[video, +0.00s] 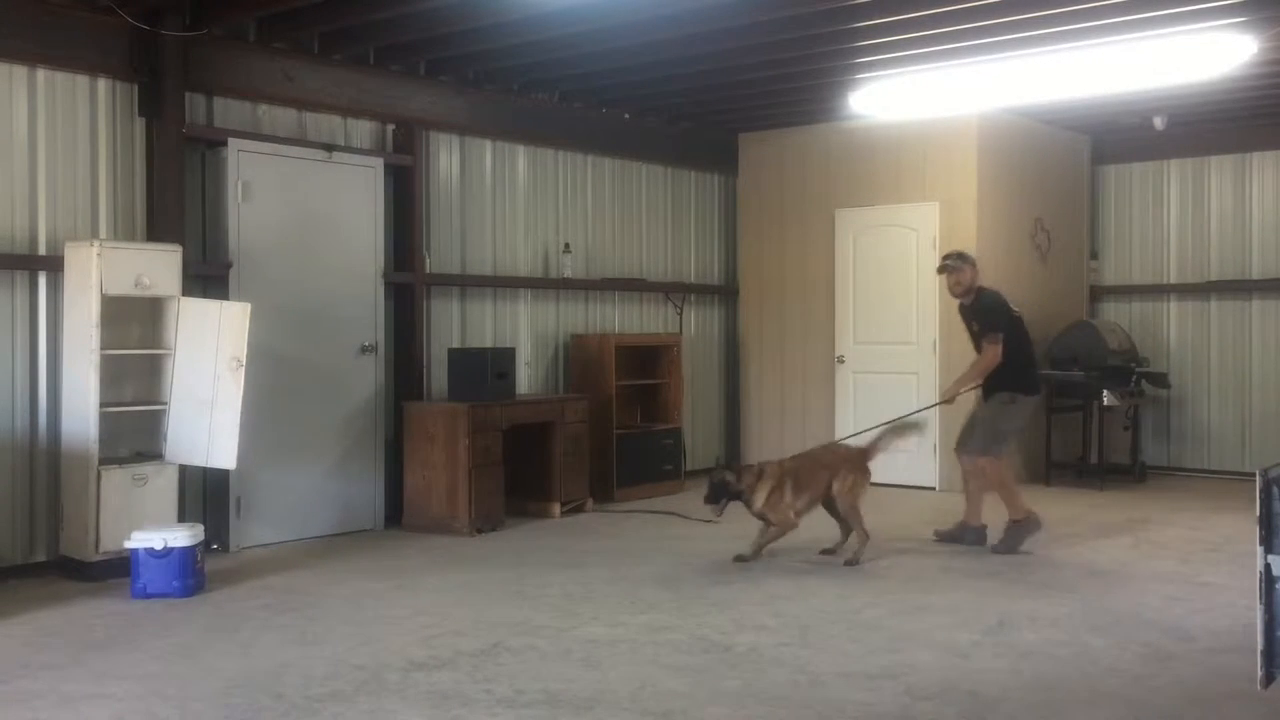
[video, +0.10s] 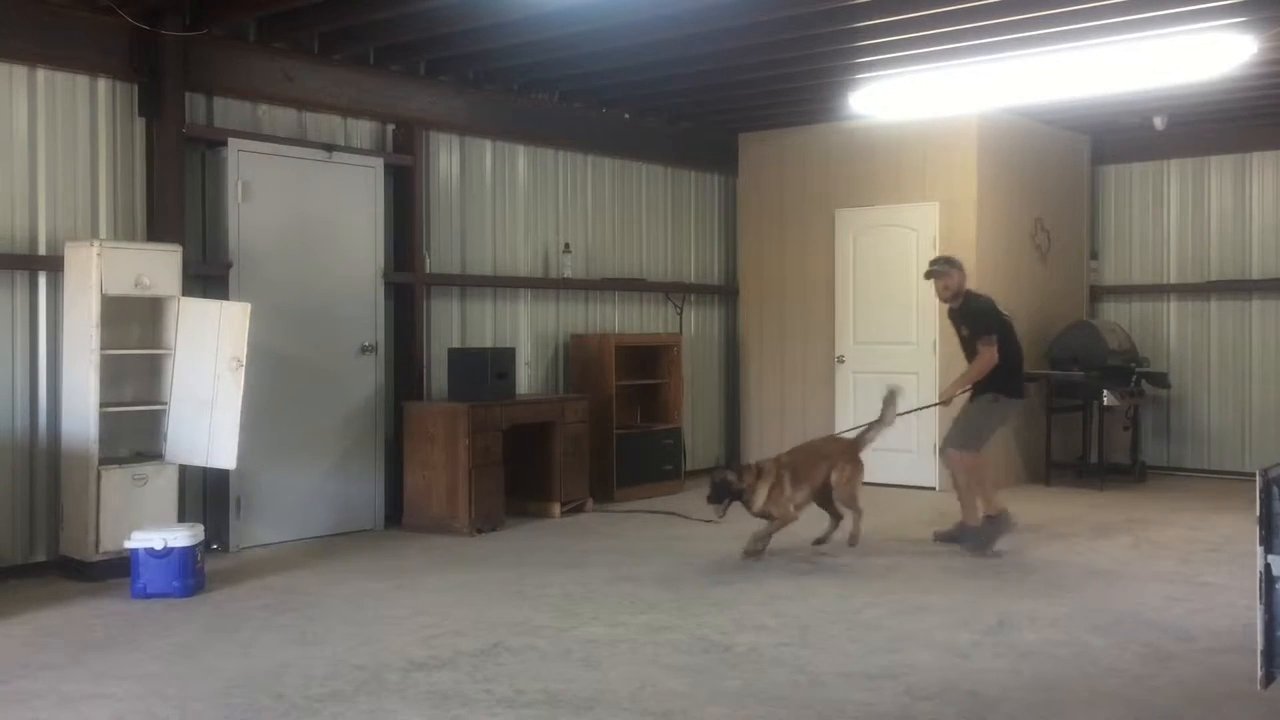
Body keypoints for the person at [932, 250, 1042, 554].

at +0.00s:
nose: (953, 278)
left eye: (959, 271)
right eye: (948, 273)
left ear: (974, 273)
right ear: (945, 279)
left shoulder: (988, 301)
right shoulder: (967, 307)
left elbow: (993, 355)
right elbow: (987, 352)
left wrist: (956, 387)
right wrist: (979, 379)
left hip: (1018, 389)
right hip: (997, 389)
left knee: (986, 453)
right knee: (967, 450)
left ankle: (1021, 518)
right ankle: (972, 524)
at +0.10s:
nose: (941, 284)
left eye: (946, 277)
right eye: (937, 279)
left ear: (961, 278)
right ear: (935, 284)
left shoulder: (977, 307)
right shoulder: (957, 309)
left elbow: (989, 357)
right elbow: (981, 356)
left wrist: (953, 388)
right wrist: (967, 385)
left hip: (1000, 391)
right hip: (991, 390)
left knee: (953, 450)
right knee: (969, 450)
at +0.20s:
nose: (930, 287)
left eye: (935, 280)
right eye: (925, 282)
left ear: (950, 279)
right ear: (922, 286)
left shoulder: (966, 309)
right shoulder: (946, 313)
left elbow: (984, 357)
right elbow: (972, 355)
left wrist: (949, 386)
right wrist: (962, 384)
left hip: (992, 392)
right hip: (980, 391)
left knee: (951, 453)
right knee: (944, 454)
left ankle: (958, 527)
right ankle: (968, 524)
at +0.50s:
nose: (892, 304)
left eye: (897, 296)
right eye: (888, 298)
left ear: (914, 295)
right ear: (886, 302)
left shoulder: (928, 321)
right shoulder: (924, 320)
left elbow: (960, 369)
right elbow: (956, 365)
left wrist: (932, 399)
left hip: (969, 399)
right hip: (969, 398)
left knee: (926, 461)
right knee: (941, 459)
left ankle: (914, 539)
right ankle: (966, 517)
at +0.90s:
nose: (872, 300)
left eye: (876, 292)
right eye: (867, 295)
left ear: (893, 291)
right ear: (868, 298)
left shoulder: (911, 316)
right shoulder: (897, 321)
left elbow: (951, 356)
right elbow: (936, 356)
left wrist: (930, 398)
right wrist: (937, 392)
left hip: (959, 392)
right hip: (955, 392)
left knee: (922, 461)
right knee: (942, 460)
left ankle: (915, 539)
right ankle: (959, 522)